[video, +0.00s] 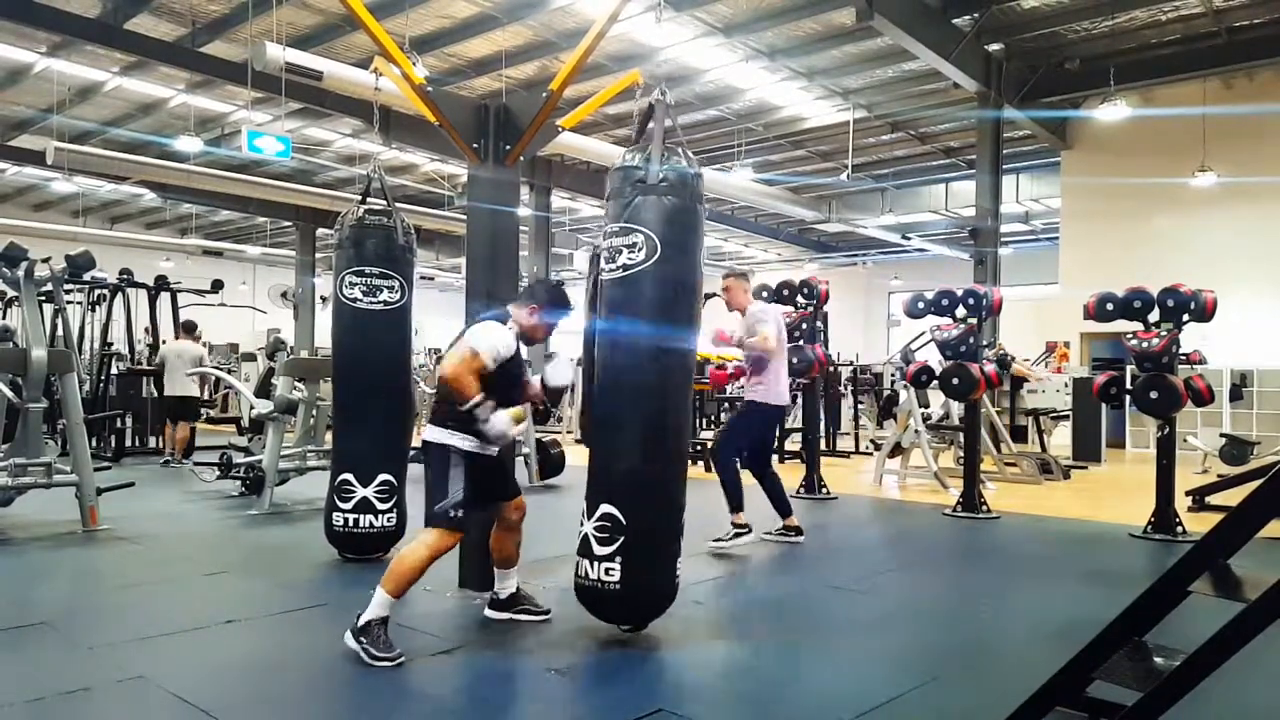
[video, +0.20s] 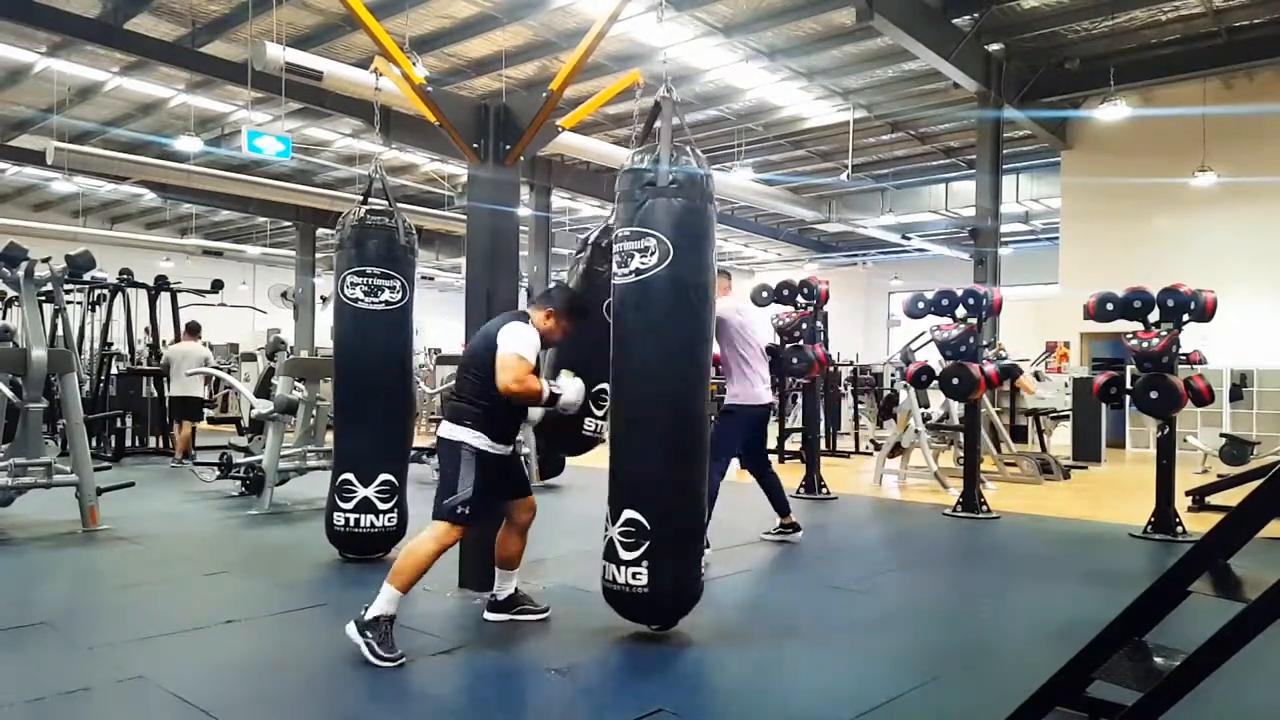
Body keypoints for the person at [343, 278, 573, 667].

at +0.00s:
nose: (550, 334)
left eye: (553, 328)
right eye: (549, 325)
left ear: (531, 313)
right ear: (530, 312)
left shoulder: (514, 342)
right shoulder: (494, 334)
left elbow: (510, 389)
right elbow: (452, 370)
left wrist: (544, 390)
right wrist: (487, 414)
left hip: (486, 447)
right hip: (453, 443)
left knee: (512, 511)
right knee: (445, 533)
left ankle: (505, 597)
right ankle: (369, 623)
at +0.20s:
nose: (561, 338)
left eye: (565, 332)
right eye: (562, 330)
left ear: (545, 314)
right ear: (548, 315)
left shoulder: (519, 330)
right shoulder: (518, 330)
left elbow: (503, 387)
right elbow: (513, 383)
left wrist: (541, 398)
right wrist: (556, 391)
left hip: (496, 444)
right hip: (466, 439)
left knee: (521, 512)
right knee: (448, 529)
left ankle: (502, 598)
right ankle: (375, 617)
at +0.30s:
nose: (564, 331)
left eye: (568, 325)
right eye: (564, 322)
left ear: (548, 310)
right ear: (546, 307)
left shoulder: (539, 338)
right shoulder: (499, 324)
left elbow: (552, 388)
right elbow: (490, 381)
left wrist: (603, 372)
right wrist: (539, 365)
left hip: (505, 437)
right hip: (467, 432)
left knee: (526, 512)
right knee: (464, 519)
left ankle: (504, 595)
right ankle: (407, 612)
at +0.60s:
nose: (575, 324)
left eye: (579, 318)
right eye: (572, 315)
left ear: (575, 313)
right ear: (552, 304)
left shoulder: (566, 340)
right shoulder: (506, 334)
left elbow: (587, 373)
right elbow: (467, 375)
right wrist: (508, 406)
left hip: (533, 448)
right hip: (488, 446)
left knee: (557, 513)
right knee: (474, 525)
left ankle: (546, 590)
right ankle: (426, 613)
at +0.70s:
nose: (587, 324)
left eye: (590, 319)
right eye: (585, 317)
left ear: (582, 312)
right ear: (568, 305)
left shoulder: (565, 330)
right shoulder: (544, 321)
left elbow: (578, 359)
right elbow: (554, 358)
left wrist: (603, 355)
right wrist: (594, 352)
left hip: (531, 441)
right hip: (494, 438)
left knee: (554, 508)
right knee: (476, 525)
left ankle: (545, 589)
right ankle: (424, 611)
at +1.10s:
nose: (550, 325)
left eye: (553, 319)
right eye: (549, 316)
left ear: (530, 308)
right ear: (529, 305)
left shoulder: (522, 342)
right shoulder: (491, 335)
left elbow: (529, 390)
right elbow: (504, 392)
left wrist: (565, 382)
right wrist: (540, 364)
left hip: (512, 450)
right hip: (474, 449)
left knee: (541, 515)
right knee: (470, 533)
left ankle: (547, 589)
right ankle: (403, 624)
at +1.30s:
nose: (529, 304)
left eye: (532, 299)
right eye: (529, 296)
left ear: (513, 287)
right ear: (512, 283)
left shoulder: (496, 317)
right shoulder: (473, 309)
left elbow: (501, 376)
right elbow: (492, 371)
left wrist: (522, 389)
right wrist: (523, 335)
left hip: (486, 435)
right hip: (449, 434)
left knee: (519, 503)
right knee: (432, 529)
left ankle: (494, 591)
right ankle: (381, 622)